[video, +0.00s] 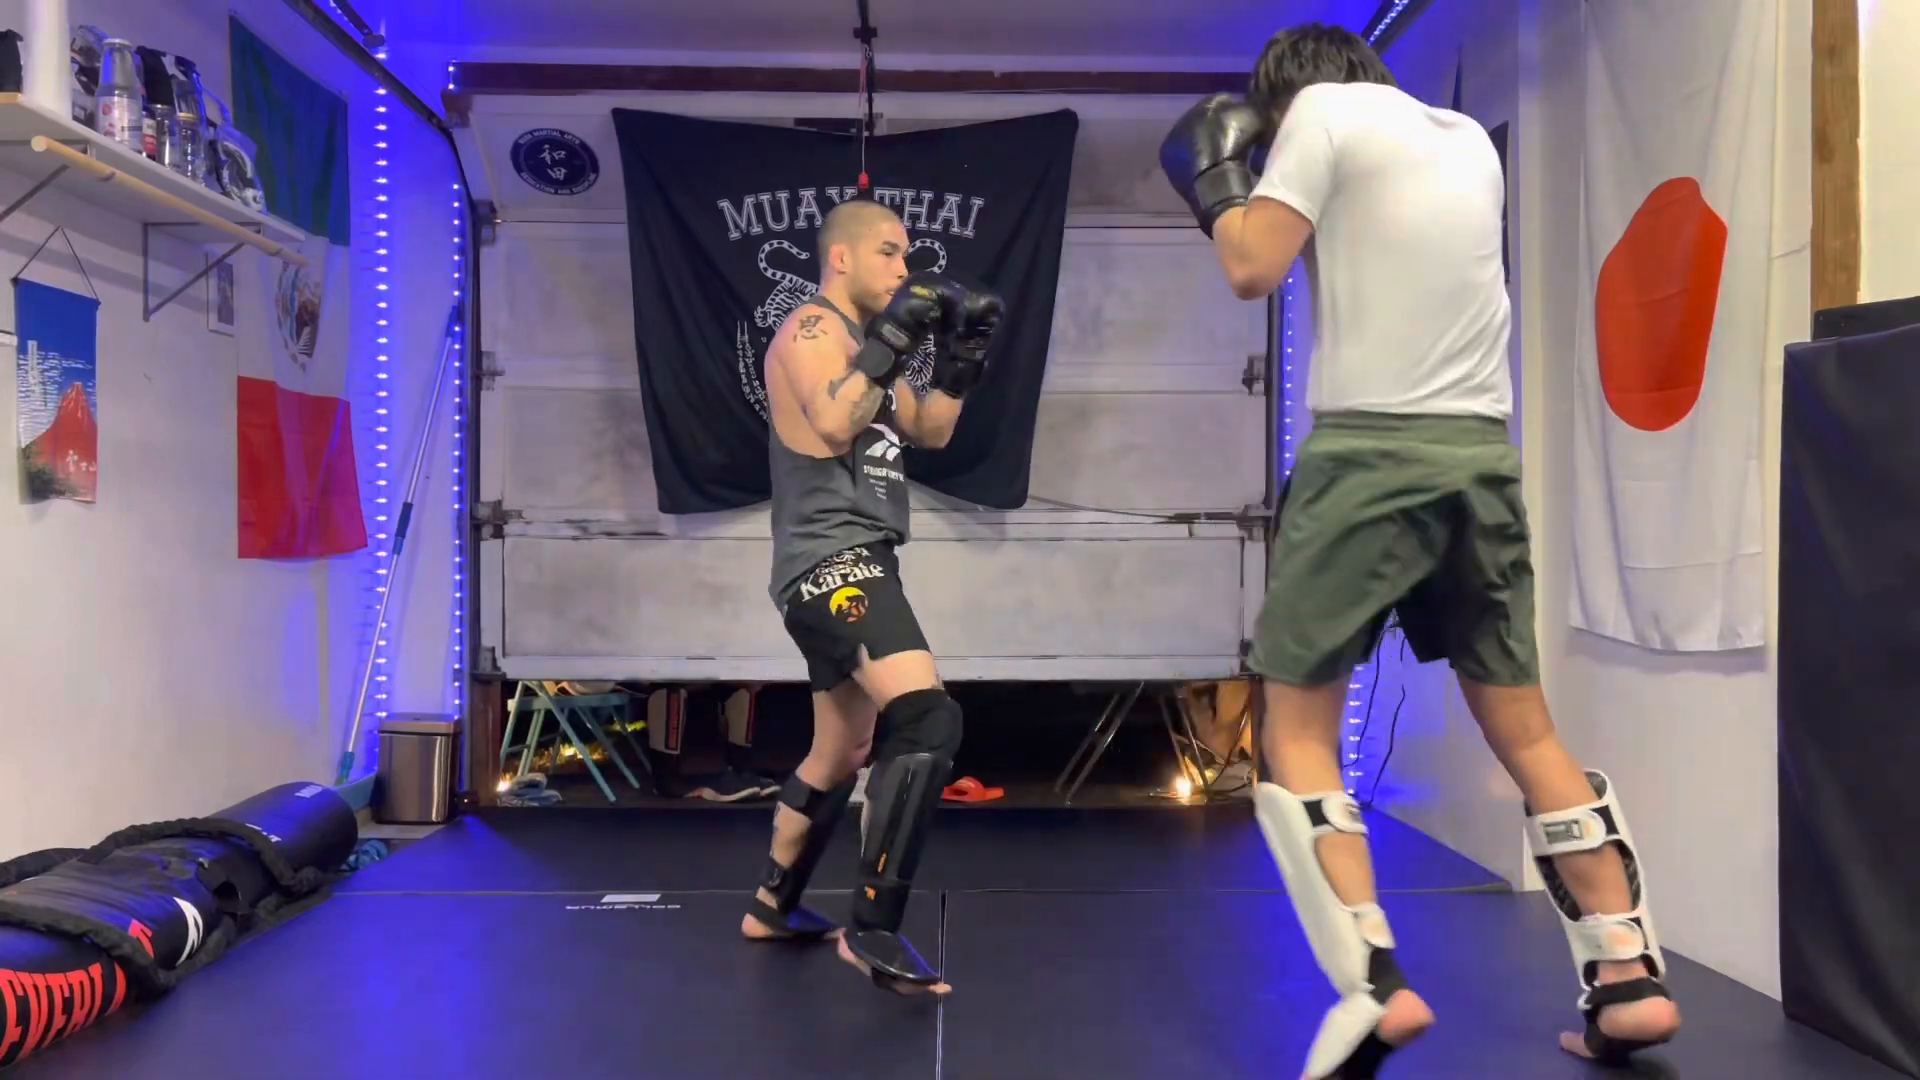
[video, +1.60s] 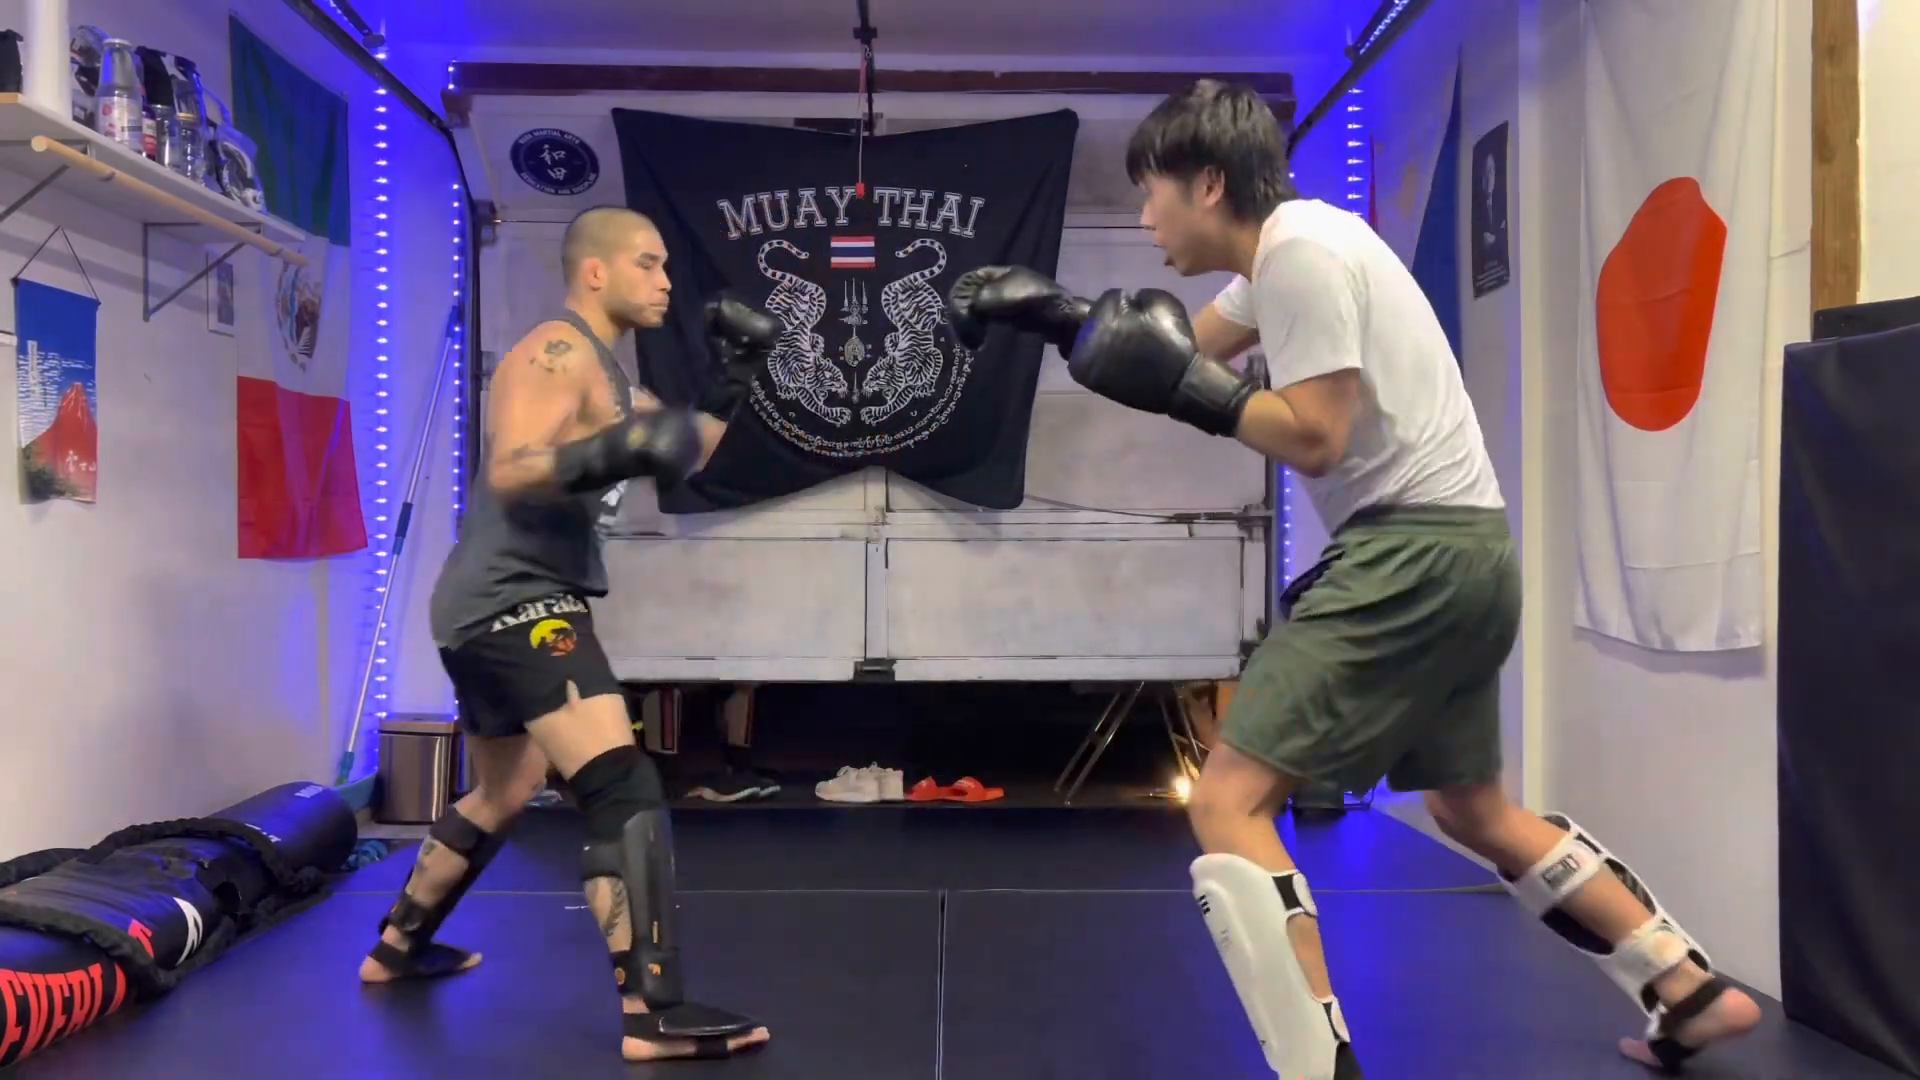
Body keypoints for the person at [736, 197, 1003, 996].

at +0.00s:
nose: (903, 269)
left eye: (905, 256)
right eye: (889, 253)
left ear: (872, 263)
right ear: (839, 257)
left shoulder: (869, 342)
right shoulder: (808, 329)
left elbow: (929, 431)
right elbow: (832, 425)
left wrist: (959, 363)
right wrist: (894, 344)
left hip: (851, 559)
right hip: (833, 560)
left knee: (839, 748)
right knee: (924, 722)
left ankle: (775, 903)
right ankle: (875, 928)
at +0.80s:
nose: (852, 271)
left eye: (852, 259)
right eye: (838, 258)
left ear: (822, 271)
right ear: (786, 268)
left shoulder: (816, 351)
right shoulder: (748, 337)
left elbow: (859, 448)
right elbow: (731, 447)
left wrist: (913, 386)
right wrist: (798, 357)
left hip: (788, 572)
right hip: (751, 571)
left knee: (793, 745)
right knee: (817, 751)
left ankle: (739, 881)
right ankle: (802, 958)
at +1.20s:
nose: (779, 281)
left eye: (779, 267)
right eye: (764, 265)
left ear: (723, 277)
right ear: (711, 272)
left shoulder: (722, 351)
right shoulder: (690, 340)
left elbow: (772, 453)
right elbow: (734, 417)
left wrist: (825, 386)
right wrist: (804, 327)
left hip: (674, 590)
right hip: (686, 591)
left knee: (701, 766)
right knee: (771, 773)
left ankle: (691, 900)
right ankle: (690, 967)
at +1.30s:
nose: (759, 286)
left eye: (756, 271)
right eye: (742, 269)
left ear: (686, 284)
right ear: (690, 278)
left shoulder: (666, 359)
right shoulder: (689, 343)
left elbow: (714, 451)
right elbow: (792, 336)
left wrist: (760, 417)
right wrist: (910, 284)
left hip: (613, 603)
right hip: (653, 605)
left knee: (667, 767)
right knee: (732, 802)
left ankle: (650, 906)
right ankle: (666, 1015)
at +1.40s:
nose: (734, 280)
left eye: (732, 265)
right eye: (720, 262)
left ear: (661, 276)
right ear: (666, 271)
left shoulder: (634, 354)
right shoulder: (663, 338)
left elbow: (693, 458)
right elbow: (755, 355)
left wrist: (746, 395)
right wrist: (866, 304)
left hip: (572, 609)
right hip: (617, 608)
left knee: (621, 762)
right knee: (714, 793)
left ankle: (540, 910)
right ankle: (663, 1019)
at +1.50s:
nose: (703, 271)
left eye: (702, 257)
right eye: (688, 255)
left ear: (634, 269)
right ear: (634, 260)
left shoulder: (628, 351)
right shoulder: (607, 336)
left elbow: (699, 447)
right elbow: (634, 418)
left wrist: (748, 370)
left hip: (539, 596)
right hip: (565, 595)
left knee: (550, 776)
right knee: (662, 789)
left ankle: (424, 913)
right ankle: (658, 1014)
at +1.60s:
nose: (664, 280)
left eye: (664, 266)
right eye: (649, 264)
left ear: (607, 277)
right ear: (593, 272)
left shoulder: (606, 369)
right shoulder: (553, 352)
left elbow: (682, 458)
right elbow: (508, 471)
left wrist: (730, 377)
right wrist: (618, 449)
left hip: (498, 602)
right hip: (517, 597)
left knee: (503, 791)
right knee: (621, 785)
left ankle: (397, 945)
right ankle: (653, 1009)